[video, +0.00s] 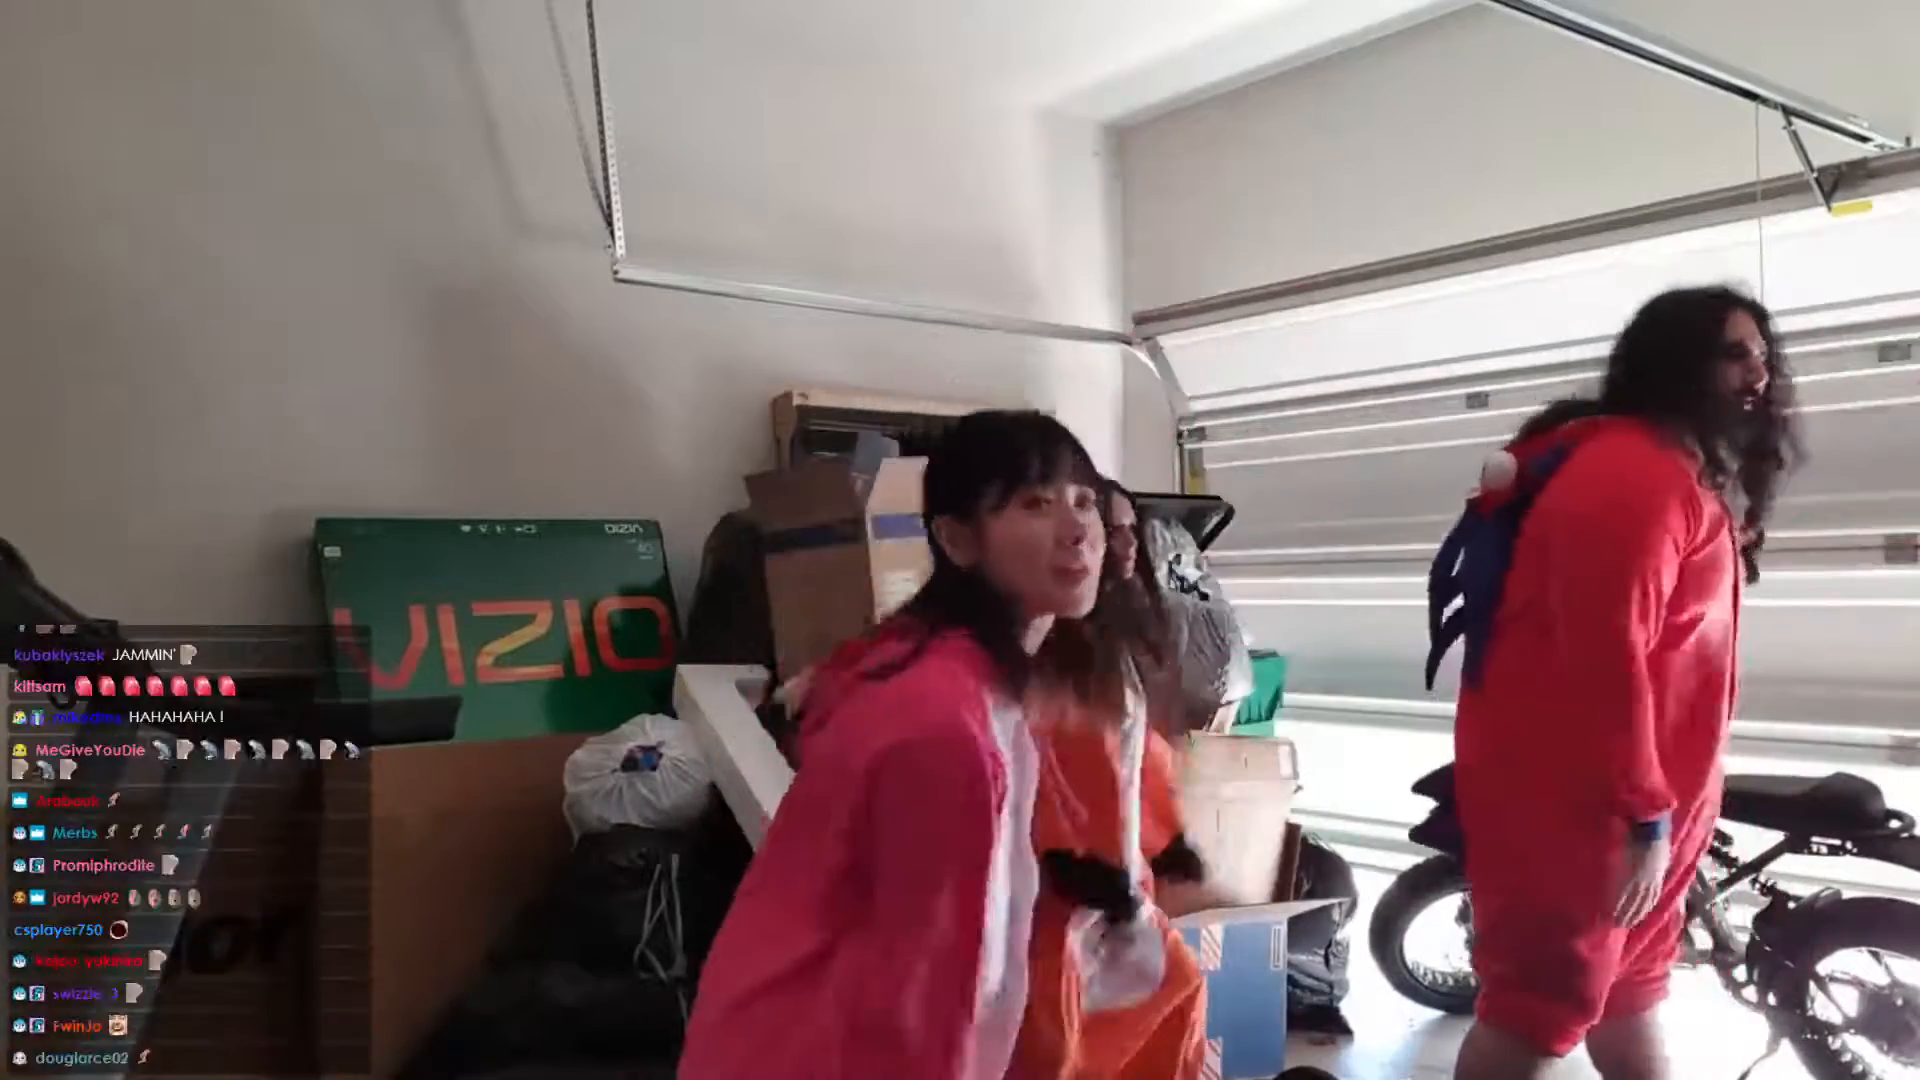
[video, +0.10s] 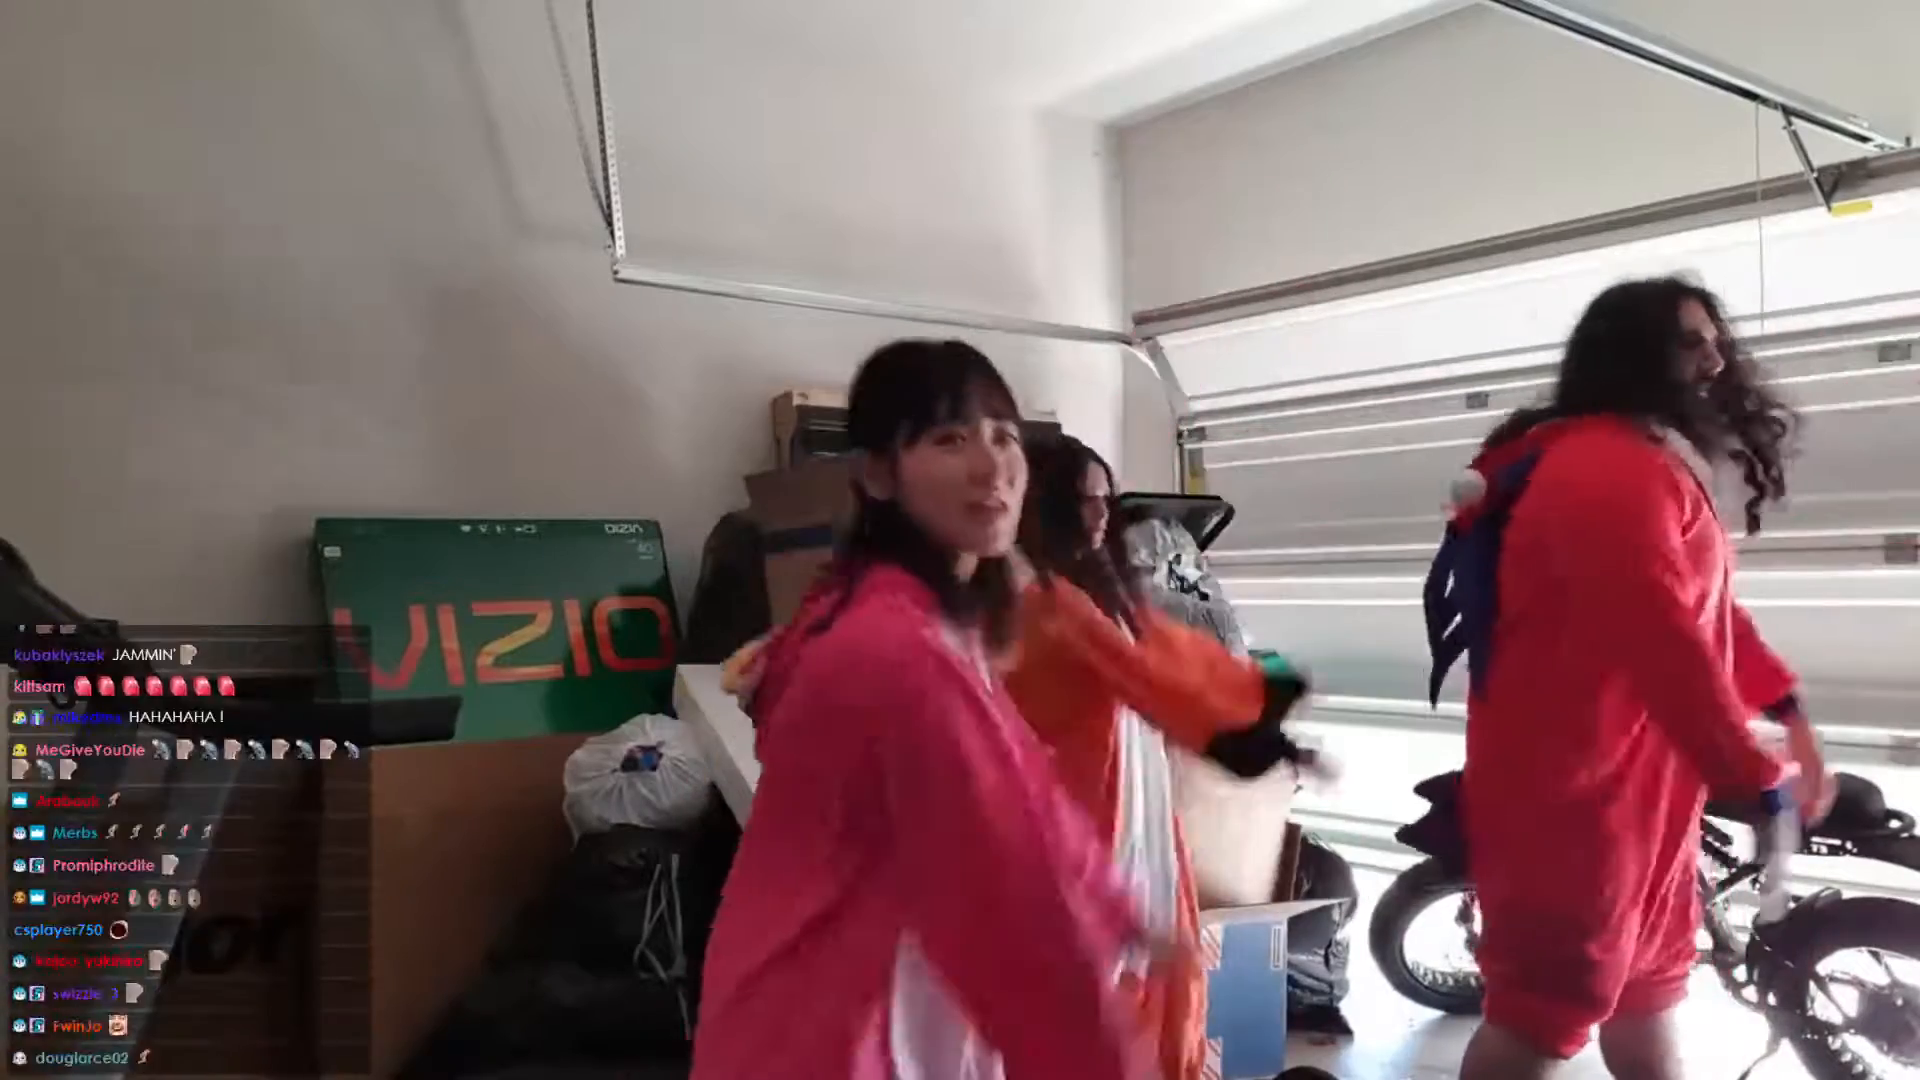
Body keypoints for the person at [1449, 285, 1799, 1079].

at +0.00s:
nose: (1758, 375)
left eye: (1764, 358)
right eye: (1735, 356)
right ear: (1679, 366)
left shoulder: (1690, 475)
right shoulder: (1633, 471)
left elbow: (1655, 651)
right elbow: (1602, 644)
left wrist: (1675, 809)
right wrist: (1647, 815)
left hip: (1641, 797)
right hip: (1564, 795)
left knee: (1626, 1006)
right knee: (1533, 1014)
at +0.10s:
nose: (1716, 363)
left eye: (1719, 345)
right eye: (1692, 345)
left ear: (1728, 353)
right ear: (1637, 359)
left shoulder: (1665, 465)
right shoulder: (1608, 470)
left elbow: (1709, 609)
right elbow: (1659, 638)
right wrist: (1751, 772)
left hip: (1643, 782)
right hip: (1567, 788)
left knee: (1645, 999)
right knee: (1541, 1017)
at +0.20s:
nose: (1679, 367)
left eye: (1682, 350)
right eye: (1655, 350)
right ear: (1595, 362)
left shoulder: (1626, 468)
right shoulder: (1573, 471)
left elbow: (1739, 540)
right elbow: (1733, 562)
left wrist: (1871, 558)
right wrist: (1898, 599)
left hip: (1669, 799)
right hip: (1588, 812)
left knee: (1677, 1001)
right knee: (1566, 1029)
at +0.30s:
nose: (1671, 389)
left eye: (1672, 371)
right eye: (1649, 371)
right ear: (1587, 381)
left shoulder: (1627, 476)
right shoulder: (1552, 481)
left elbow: (1754, 459)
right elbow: (1752, 464)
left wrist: (1881, 394)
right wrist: (1906, 391)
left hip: (1689, 801)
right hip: (1603, 818)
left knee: (1732, 988)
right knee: (1606, 1037)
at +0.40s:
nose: (1688, 403)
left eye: (1686, 386)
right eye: (1670, 383)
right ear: (1610, 390)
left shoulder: (1623, 485)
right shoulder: (1565, 493)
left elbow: (1718, 430)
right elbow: (1736, 440)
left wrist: (1786, 305)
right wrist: (1843, 267)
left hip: (1692, 809)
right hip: (1620, 822)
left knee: (1751, 997)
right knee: (1637, 1036)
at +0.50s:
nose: (1694, 386)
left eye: (1693, 370)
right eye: (1674, 368)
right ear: (1613, 378)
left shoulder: (1637, 472)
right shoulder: (1572, 480)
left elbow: (1719, 429)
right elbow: (1759, 436)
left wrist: (1775, 319)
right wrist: (1837, 265)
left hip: (1693, 797)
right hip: (1617, 812)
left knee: (1736, 996)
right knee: (1629, 1030)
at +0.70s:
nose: (1690, 370)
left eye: (1701, 355)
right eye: (1668, 348)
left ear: (1710, 369)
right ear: (1609, 354)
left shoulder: (1651, 465)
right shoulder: (1580, 464)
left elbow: (1709, 576)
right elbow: (1704, 588)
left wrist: (1800, 575)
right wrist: (1900, 601)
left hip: (1666, 786)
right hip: (1593, 794)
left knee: (1663, 992)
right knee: (1571, 1013)